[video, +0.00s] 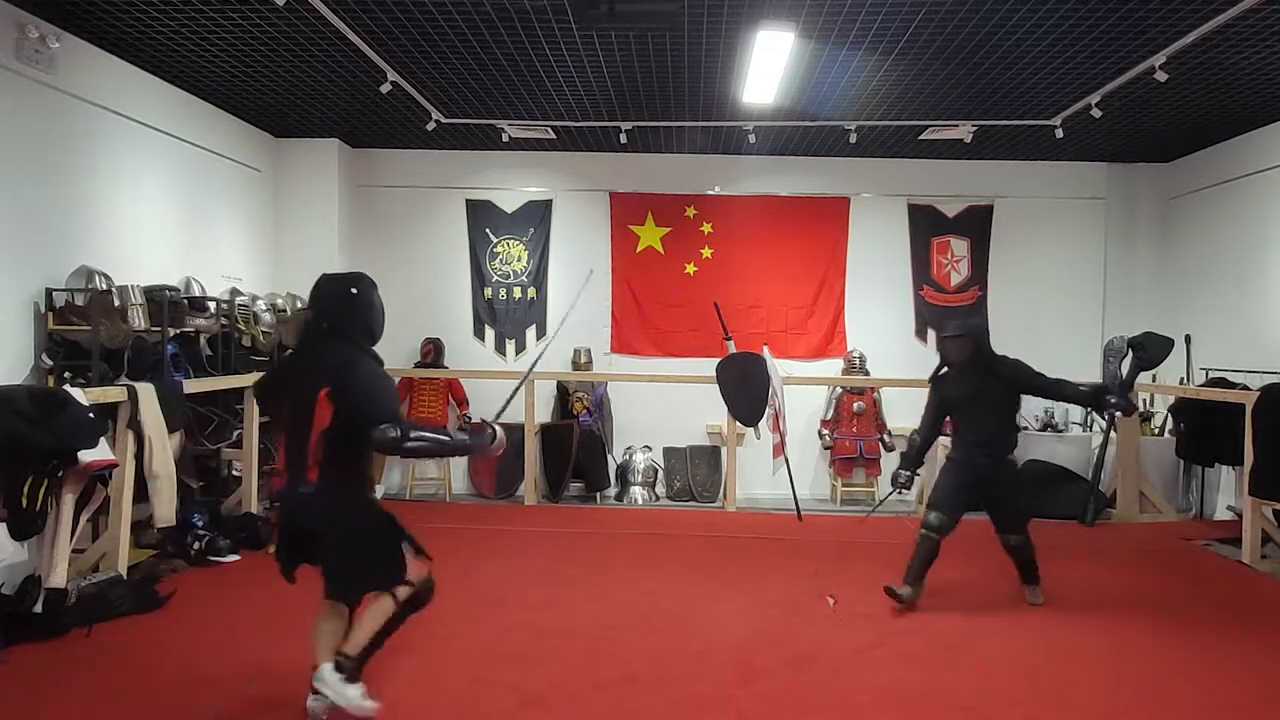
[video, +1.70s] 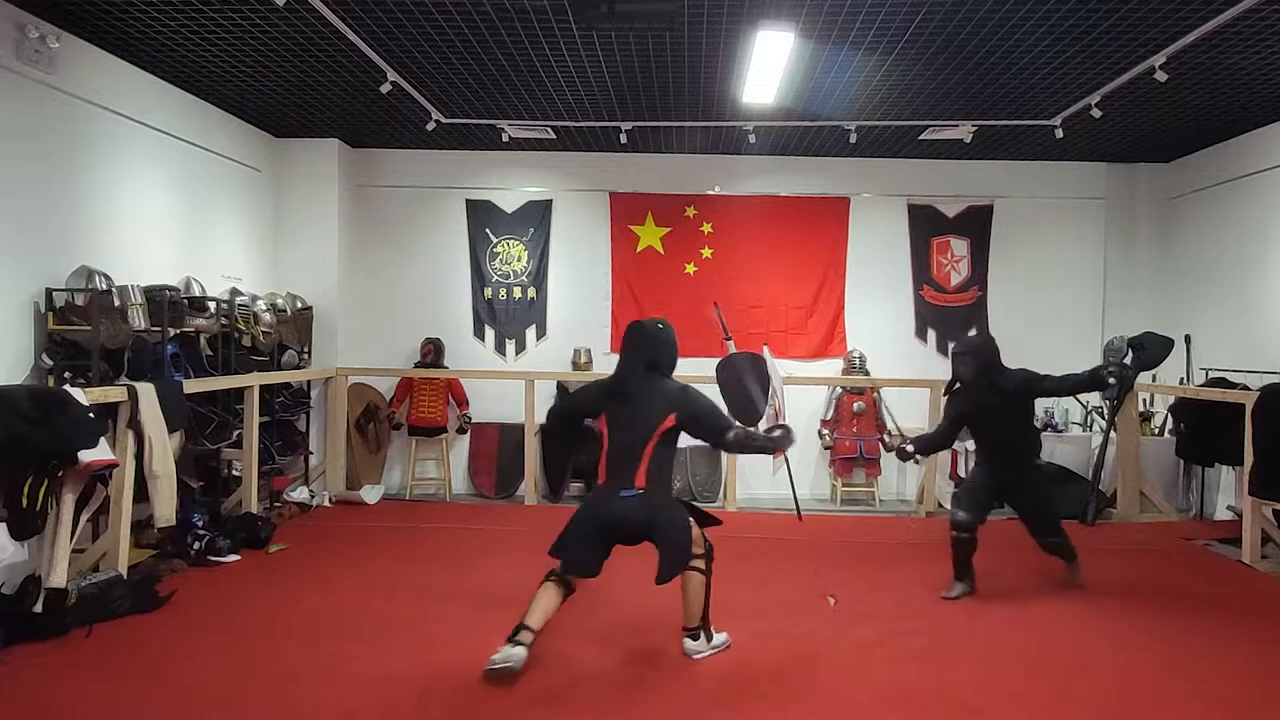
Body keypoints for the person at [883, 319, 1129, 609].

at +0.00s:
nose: (952, 348)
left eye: (959, 340)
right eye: (947, 341)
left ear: (976, 341)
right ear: (942, 344)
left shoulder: (1005, 370)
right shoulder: (943, 382)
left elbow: (1050, 388)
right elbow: (928, 428)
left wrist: (1097, 398)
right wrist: (908, 464)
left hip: (1000, 466)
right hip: (959, 466)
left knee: (1015, 537)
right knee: (933, 524)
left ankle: (1031, 584)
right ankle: (910, 587)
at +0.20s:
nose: (916, 353)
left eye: (923, 345)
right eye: (913, 346)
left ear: (942, 347)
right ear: (910, 350)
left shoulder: (973, 374)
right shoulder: (910, 384)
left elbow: (1021, 394)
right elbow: (888, 423)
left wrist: (1071, 407)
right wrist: (867, 449)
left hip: (972, 469)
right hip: (929, 468)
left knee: (994, 542)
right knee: (902, 528)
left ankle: (1022, 583)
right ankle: (899, 596)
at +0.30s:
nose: (900, 351)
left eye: (906, 343)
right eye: (898, 344)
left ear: (926, 345)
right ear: (897, 347)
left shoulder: (961, 372)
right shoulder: (896, 381)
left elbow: (1005, 388)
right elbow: (868, 415)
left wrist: (1050, 403)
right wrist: (836, 443)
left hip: (965, 464)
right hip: (922, 465)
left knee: (987, 541)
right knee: (898, 528)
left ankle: (1014, 581)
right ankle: (899, 596)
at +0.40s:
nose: (890, 352)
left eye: (896, 345)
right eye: (888, 346)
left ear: (917, 346)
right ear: (888, 348)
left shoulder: (950, 371)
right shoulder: (887, 380)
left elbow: (993, 383)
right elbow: (853, 404)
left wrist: (1039, 395)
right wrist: (817, 422)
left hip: (958, 465)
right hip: (917, 465)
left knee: (986, 538)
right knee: (897, 528)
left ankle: (1013, 579)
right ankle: (898, 595)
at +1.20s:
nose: (925, 372)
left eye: (932, 364)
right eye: (923, 365)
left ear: (952, 365)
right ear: (924, 369)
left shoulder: (986, 385)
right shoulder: (926, 401)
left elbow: (1033, 381)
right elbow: (898, 432)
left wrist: (1076, 369)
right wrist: (861, 443)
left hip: (998, 475)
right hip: (960, 476)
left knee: (1014, 544)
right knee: (931, 528)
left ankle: (1026, 580)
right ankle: (906, 589)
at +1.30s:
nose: (936, 366)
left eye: (942, 358)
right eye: (933, 359)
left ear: (962, 358)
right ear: (933, 362)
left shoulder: (996, 379)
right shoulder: (939, 395)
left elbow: (1045, 375)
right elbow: (913, 429)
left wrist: (1088, 363)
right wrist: (878, 446)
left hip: (1005, 468)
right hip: (966, 469)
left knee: (1016, 539)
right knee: (939, 523)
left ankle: (1028, 581)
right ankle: (927, 585)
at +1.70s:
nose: (957, 366)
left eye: (963, 359)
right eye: (955, 360)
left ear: (982, 360)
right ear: (959, 363)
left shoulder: (1017, 382)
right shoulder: (961, 397)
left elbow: (1060, 384)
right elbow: (944, 436)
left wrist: (1099, 375)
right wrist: (913, 446)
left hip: (1023, 470)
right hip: (986, 470)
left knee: (1049, 539)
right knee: (962, 519)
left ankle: (1072, 561)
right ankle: (963, 580)